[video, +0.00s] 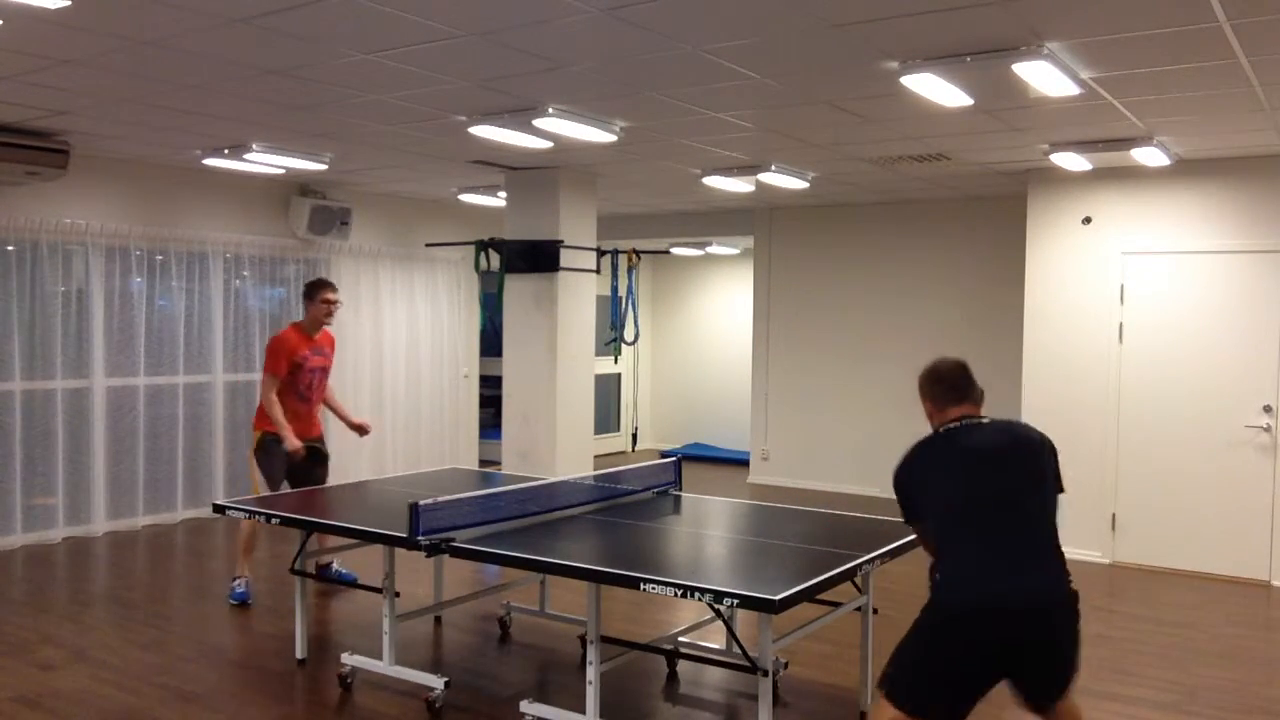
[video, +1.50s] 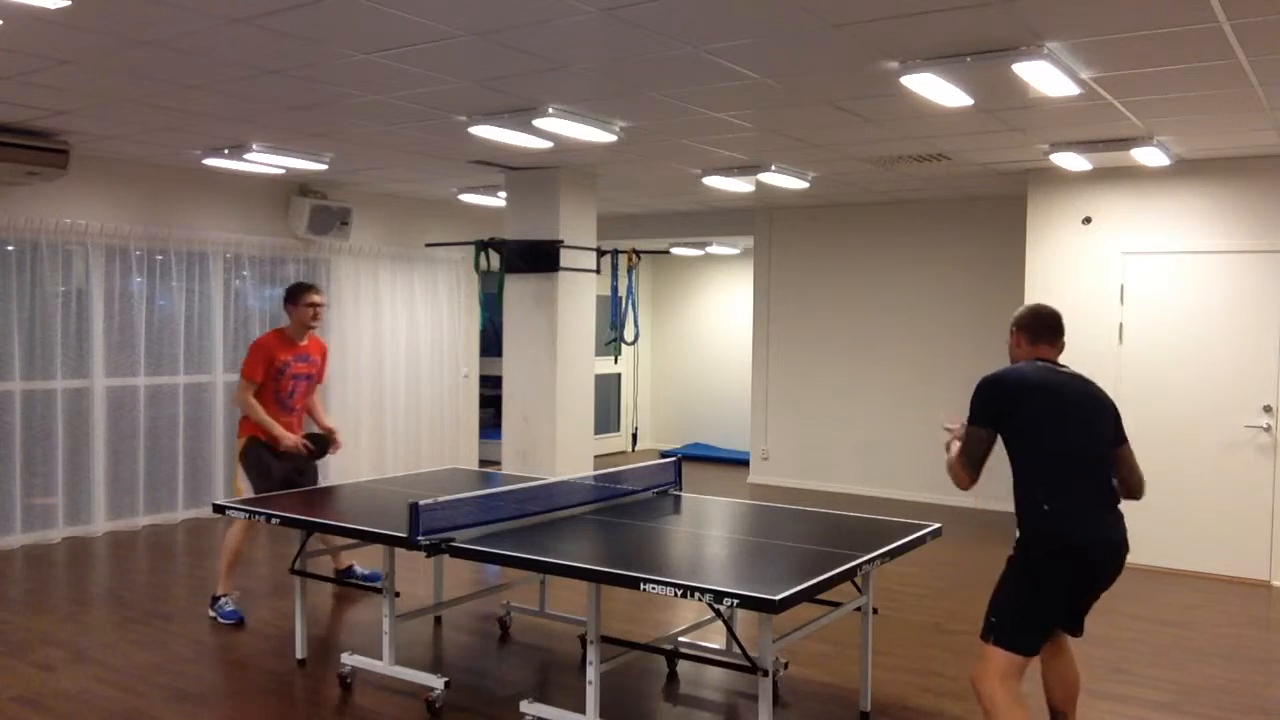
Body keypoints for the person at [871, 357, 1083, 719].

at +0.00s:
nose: (928, 412)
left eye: (927, 406)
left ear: (929, 408)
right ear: (979, 398)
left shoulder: (914, 465)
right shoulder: (1035, 442)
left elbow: (934, 546)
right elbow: (1042, 521)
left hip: (962, 613)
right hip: (1047, 607)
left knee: (895, 706)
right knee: (1054, 698)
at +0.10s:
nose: (940, 416)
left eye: (939, 410)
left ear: (942, 410)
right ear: (991, 400)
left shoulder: (930, 463)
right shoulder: (1047, 438)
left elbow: (945, 544)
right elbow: (1073, 531)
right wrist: (1067, 573)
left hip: (980, 606)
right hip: (1063, 602)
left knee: (910, 708)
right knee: (1078, 705)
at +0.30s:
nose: (972, 376)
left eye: (973, 368)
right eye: (975, 368)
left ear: (976, 368)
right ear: (1025, 364)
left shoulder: (964, 426)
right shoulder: (1085, 405)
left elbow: (982, 536)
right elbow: (1132, 507)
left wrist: (1006, 593)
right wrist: (1087, 545)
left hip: (1032, 578)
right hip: (1112, 571)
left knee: (971, 703)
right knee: (1090, 681)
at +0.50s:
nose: (997, 332)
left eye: (998, 322)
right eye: (996, 322)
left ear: (1012, 321)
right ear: (1052, 320)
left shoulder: (994, 380)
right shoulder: (1099, 374)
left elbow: (999, 484)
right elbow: (1148, 473)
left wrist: (989, 584)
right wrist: (1085, 514)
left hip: (1062, 551)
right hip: (1131, 547)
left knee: (1008, 695)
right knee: (1098, 678)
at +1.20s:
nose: (1016, 354)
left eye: (1016, 344)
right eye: (1016, 345)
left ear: (1025, 340)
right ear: (1068, 345)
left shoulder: (1013, 396)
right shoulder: (1104, 399)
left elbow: (995, 499)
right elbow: (1098, 497)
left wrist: (972, 537)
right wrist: (1025, 523)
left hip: (1071, 557)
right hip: (1127, 555)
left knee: (1019, 696)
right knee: (1059, 651)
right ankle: (1066, 712)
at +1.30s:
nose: (1016, 356)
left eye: (1016, 348)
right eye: (1016, 349)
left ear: (1023, 345)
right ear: (1067, 349)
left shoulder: (1009, 397)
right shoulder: (1104, 400)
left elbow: (986, 490)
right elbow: (1104, 480)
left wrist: (968, 505)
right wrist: (1042, 507)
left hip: (1065, 554)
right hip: (1123, 553)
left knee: (1007, 688)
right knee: (1056, 640)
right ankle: (1065, 713)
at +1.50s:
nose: (1009, 349)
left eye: (1010, 342)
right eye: (1010, 342)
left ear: (1017, 340)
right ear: (1060, 345)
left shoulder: (1000, 385)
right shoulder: (1093, 394)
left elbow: (964, 476)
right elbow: (1133, 487)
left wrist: (955, 445)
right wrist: (1087, 468)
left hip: (1048, 544)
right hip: (1107, 545)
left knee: (993, 676)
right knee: (1054, 637)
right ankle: (1063, 716)